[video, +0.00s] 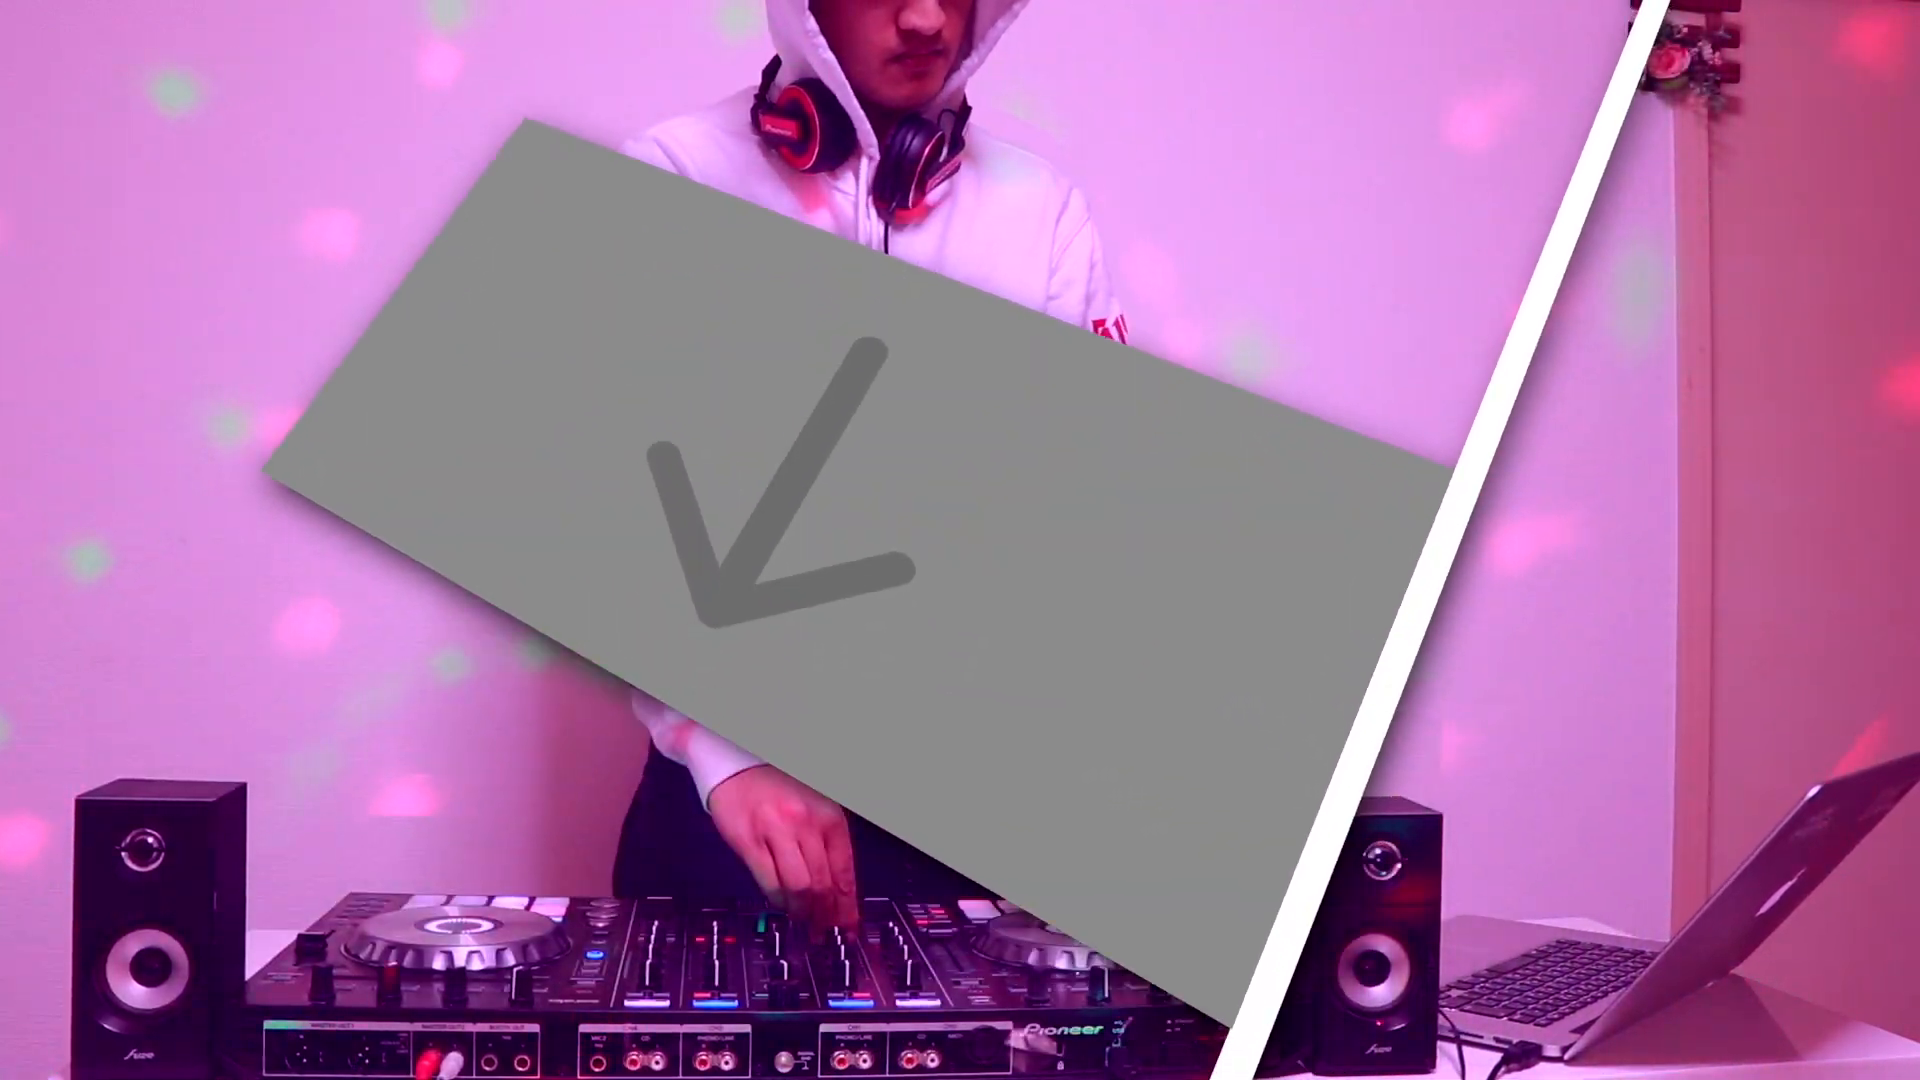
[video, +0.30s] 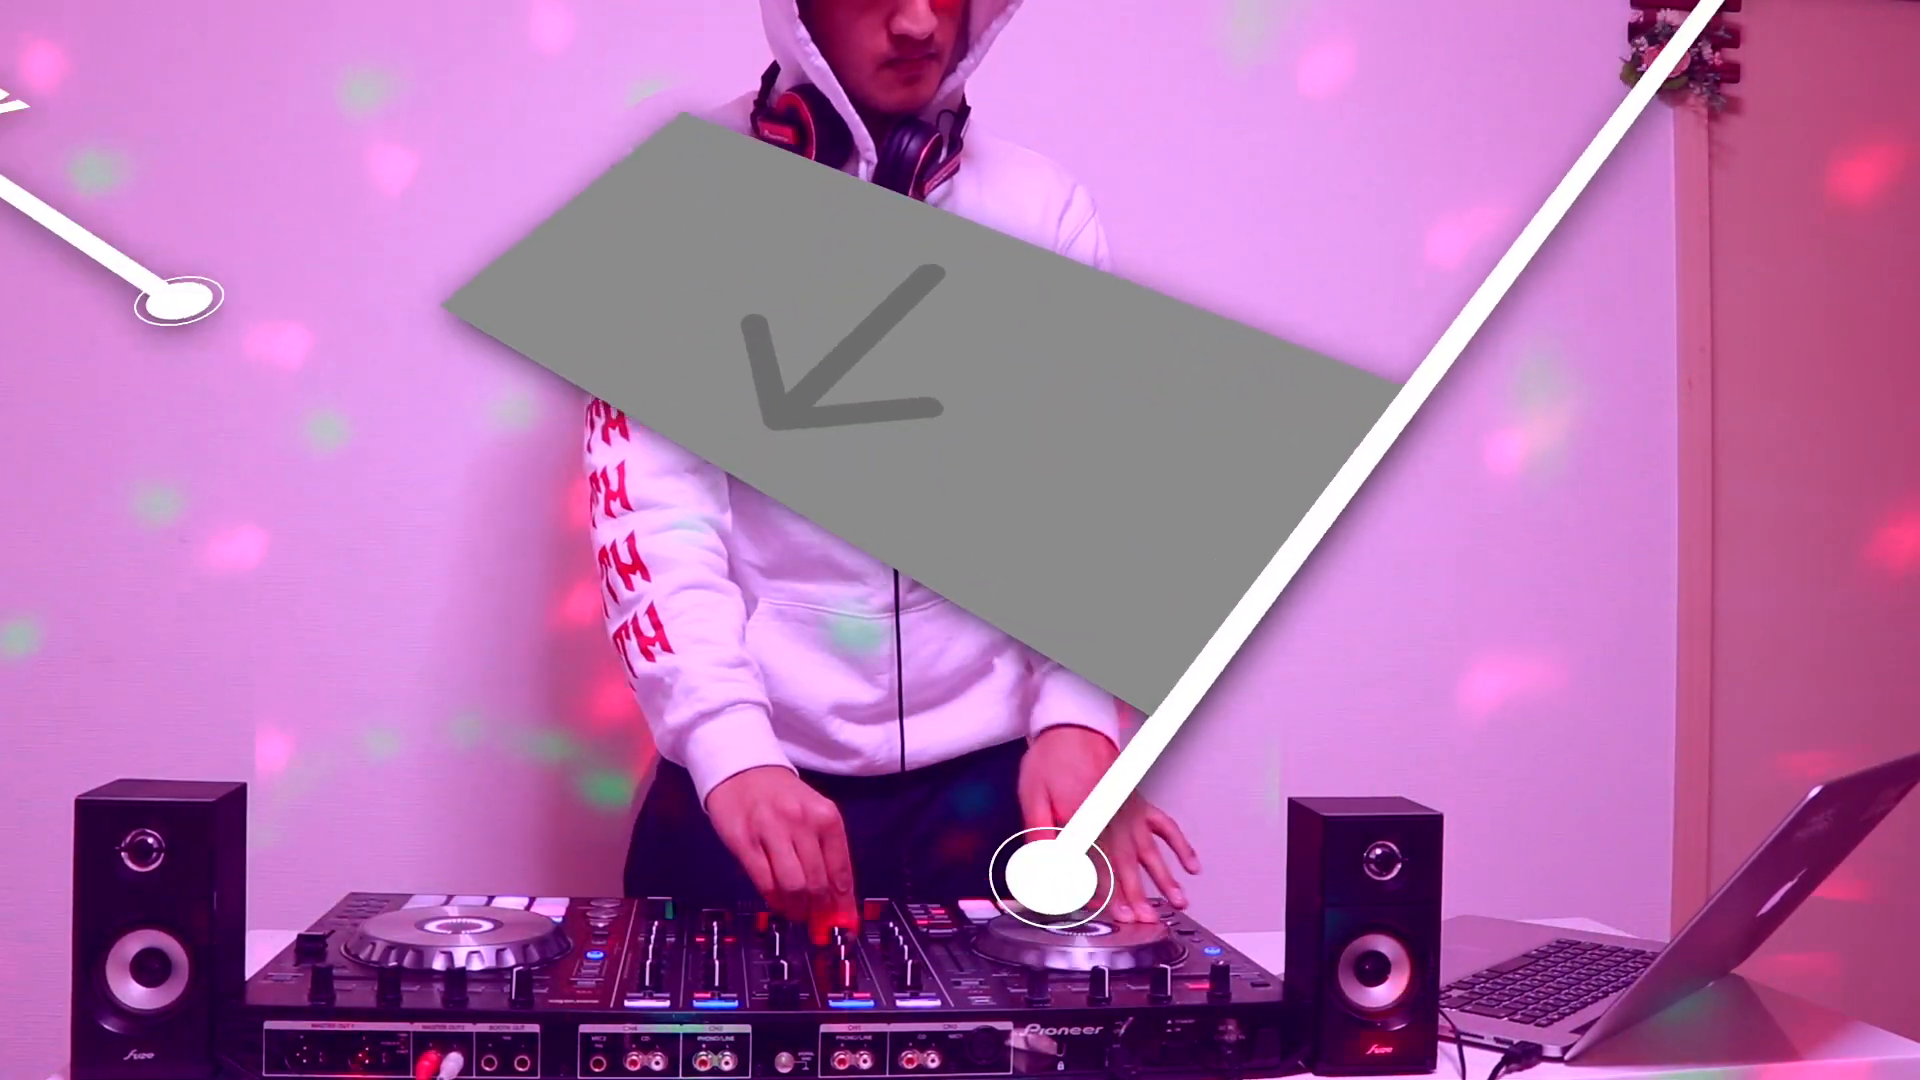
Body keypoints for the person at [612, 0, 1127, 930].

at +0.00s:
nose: (928, 18)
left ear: (984, 10)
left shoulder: (1045, 215)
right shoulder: (679, 172)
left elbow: (1102, 520)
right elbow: (605, 502)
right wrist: (722, 753)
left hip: (957, 801)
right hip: (712, 789)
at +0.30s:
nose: (921, 24)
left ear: (980, 7)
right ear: (805, 3)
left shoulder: (1047, 208)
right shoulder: (699, 188)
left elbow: (1101, 483)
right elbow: (651, 502)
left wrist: (1079, 715)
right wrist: (733, 753)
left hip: (994, 796)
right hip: (754, 794)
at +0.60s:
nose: (912, 14)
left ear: (985, 3)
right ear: (804, 9)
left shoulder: (1059, 206)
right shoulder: (695, 192)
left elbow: (1117, 485)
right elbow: (664, 496)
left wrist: (1098, 715)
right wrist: (736, 750)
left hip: (1006, 798)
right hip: (767, 792)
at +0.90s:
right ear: (798, 6)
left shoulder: (1082, 200)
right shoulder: (721, 214)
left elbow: (1138, 486)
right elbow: (688, 503)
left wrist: (1104, 713)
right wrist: (737, 748)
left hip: (1020, 801)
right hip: (774, 802)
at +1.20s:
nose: (886, 5)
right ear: (804, 14)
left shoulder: (1110, 202)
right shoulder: (742, 215)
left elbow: (1168, 487)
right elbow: (710, 502)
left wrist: (1109, 704)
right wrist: (753, 743)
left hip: (1036, 794)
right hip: (793, 797)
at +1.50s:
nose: (893, 9)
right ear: (813, 21)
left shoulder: (1137, 210)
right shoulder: (764, 227)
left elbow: (1197, 497)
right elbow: (719, 505)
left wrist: (1143, 712)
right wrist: (759, 742)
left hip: (1058, 766)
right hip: (811, 772)